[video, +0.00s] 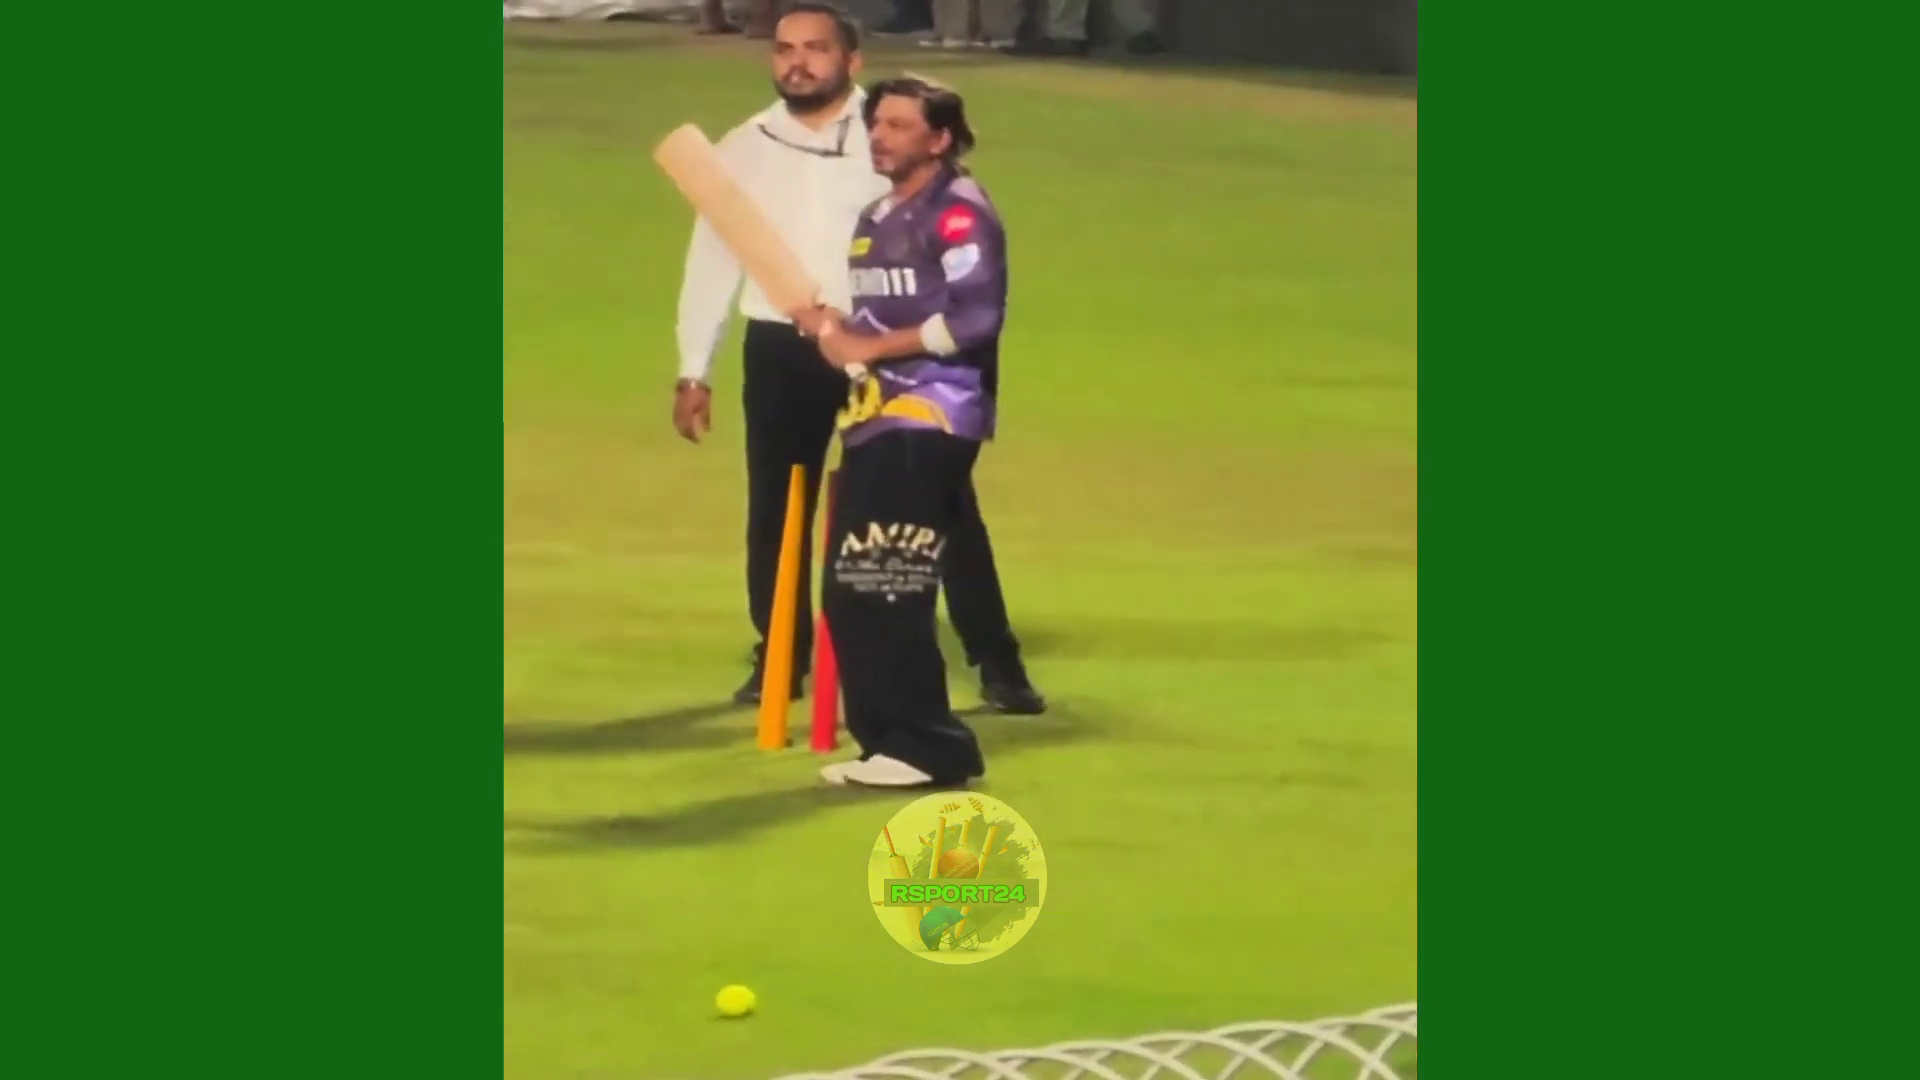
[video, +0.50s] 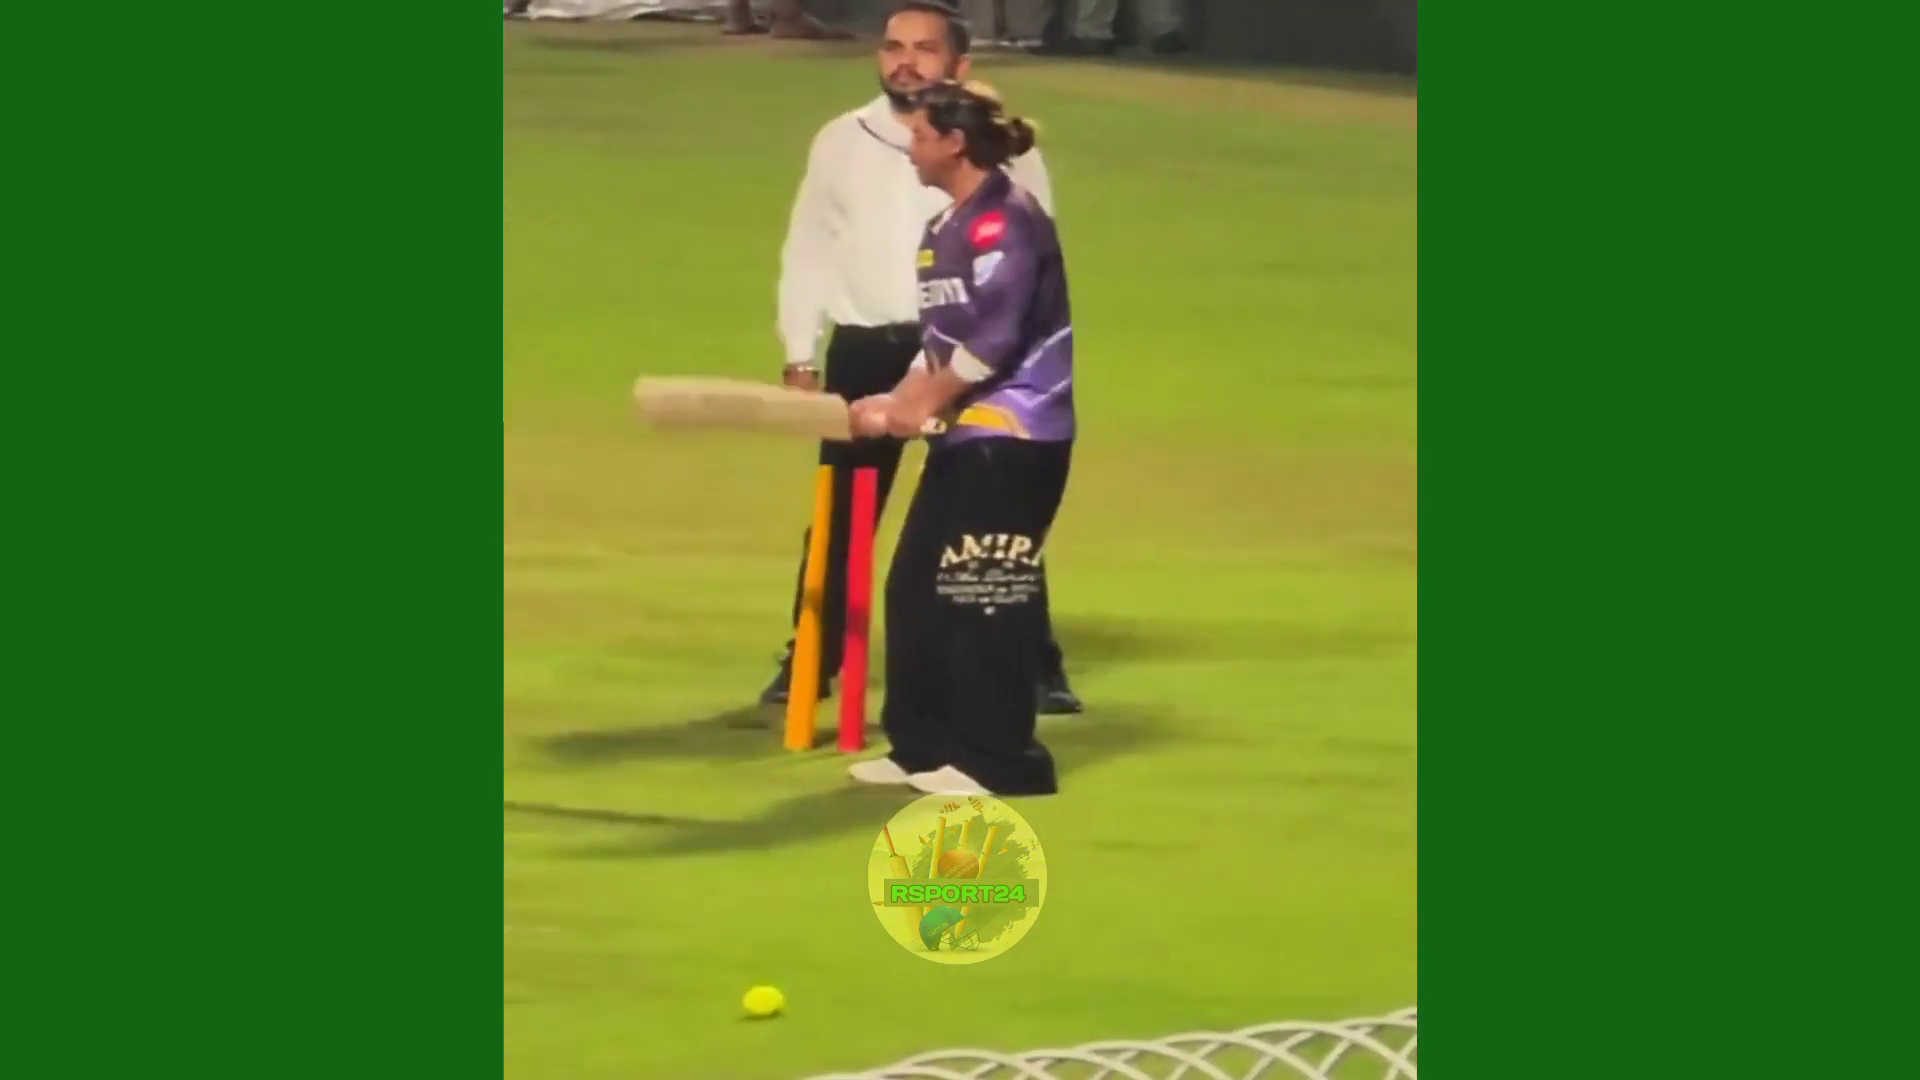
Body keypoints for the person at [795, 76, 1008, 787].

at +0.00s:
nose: (879, 137)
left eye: (896, 128)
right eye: (876, 125)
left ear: (939, 139)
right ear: (870, 132)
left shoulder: (961, 212)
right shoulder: (874, 219)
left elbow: (975, 321)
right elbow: (888, 321)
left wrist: (868, 347)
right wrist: (836, 326)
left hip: (933, 414)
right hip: (881, 411)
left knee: (889, 581)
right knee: (854, 581)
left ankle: (925, 746)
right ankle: (891, 741)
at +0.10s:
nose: (887, 135)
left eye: (903, 126)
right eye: (883, 124)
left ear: (947, 138)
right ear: (878, 131)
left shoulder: (969, 209)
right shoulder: (882, 217)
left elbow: (984, 320)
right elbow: (894, 321)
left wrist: (878, 345)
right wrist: (843, 328)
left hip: (940, 415)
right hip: (888, 413)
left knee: (895, 583)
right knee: (857, 584)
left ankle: (945, 744)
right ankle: (895, 743)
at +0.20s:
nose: (896, 137)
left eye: (912, 126)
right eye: (895, 124)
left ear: (957, 137)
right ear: (898, 130)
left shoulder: (980, 210)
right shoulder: (900, 216)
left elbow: (998, 318)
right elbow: (908, 319)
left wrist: (895, 349)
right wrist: (854, 331)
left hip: (959, 416)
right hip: (905, 412)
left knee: (925, 579)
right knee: (867, 580)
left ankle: (977, 746)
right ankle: (905, 743)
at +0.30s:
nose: (892, 138)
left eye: (907, 127)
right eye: (892, 125)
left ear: (954, 137)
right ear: (902, 133)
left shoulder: (982, 212)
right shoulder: (904, 222)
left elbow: (998, 317)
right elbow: (911, 324)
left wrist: (898, 360)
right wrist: (863, 343)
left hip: (968, 426)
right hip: (912, 423)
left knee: (955, 590)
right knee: (873, 582)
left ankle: (976, 756)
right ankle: (903, 747)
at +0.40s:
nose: (900, 141)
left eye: (912, 130)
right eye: (900, 128)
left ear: (955, 136)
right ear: (939, 139)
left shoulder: (1001, 215)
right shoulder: (924, 223)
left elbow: (1001, 326)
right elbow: (928, 324)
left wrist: (913, 376)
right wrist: (887, 366)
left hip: (997, 430)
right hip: (940, 427)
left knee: (973, 589)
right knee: (893, 578)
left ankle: (988, 757)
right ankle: (916, 745)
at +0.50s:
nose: (909, 149)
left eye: (919, 136)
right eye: (910, 135)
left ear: (958, 143)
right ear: (952, 144)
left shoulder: (1011, 224)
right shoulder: (941, 233)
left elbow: (994, 345)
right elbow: (942, 345)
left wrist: (917, 406)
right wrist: (899, 403)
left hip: (1015, 441)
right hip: (964, 438)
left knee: (983, 597)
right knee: (914, 587)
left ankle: (992, 762)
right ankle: (923, 748)